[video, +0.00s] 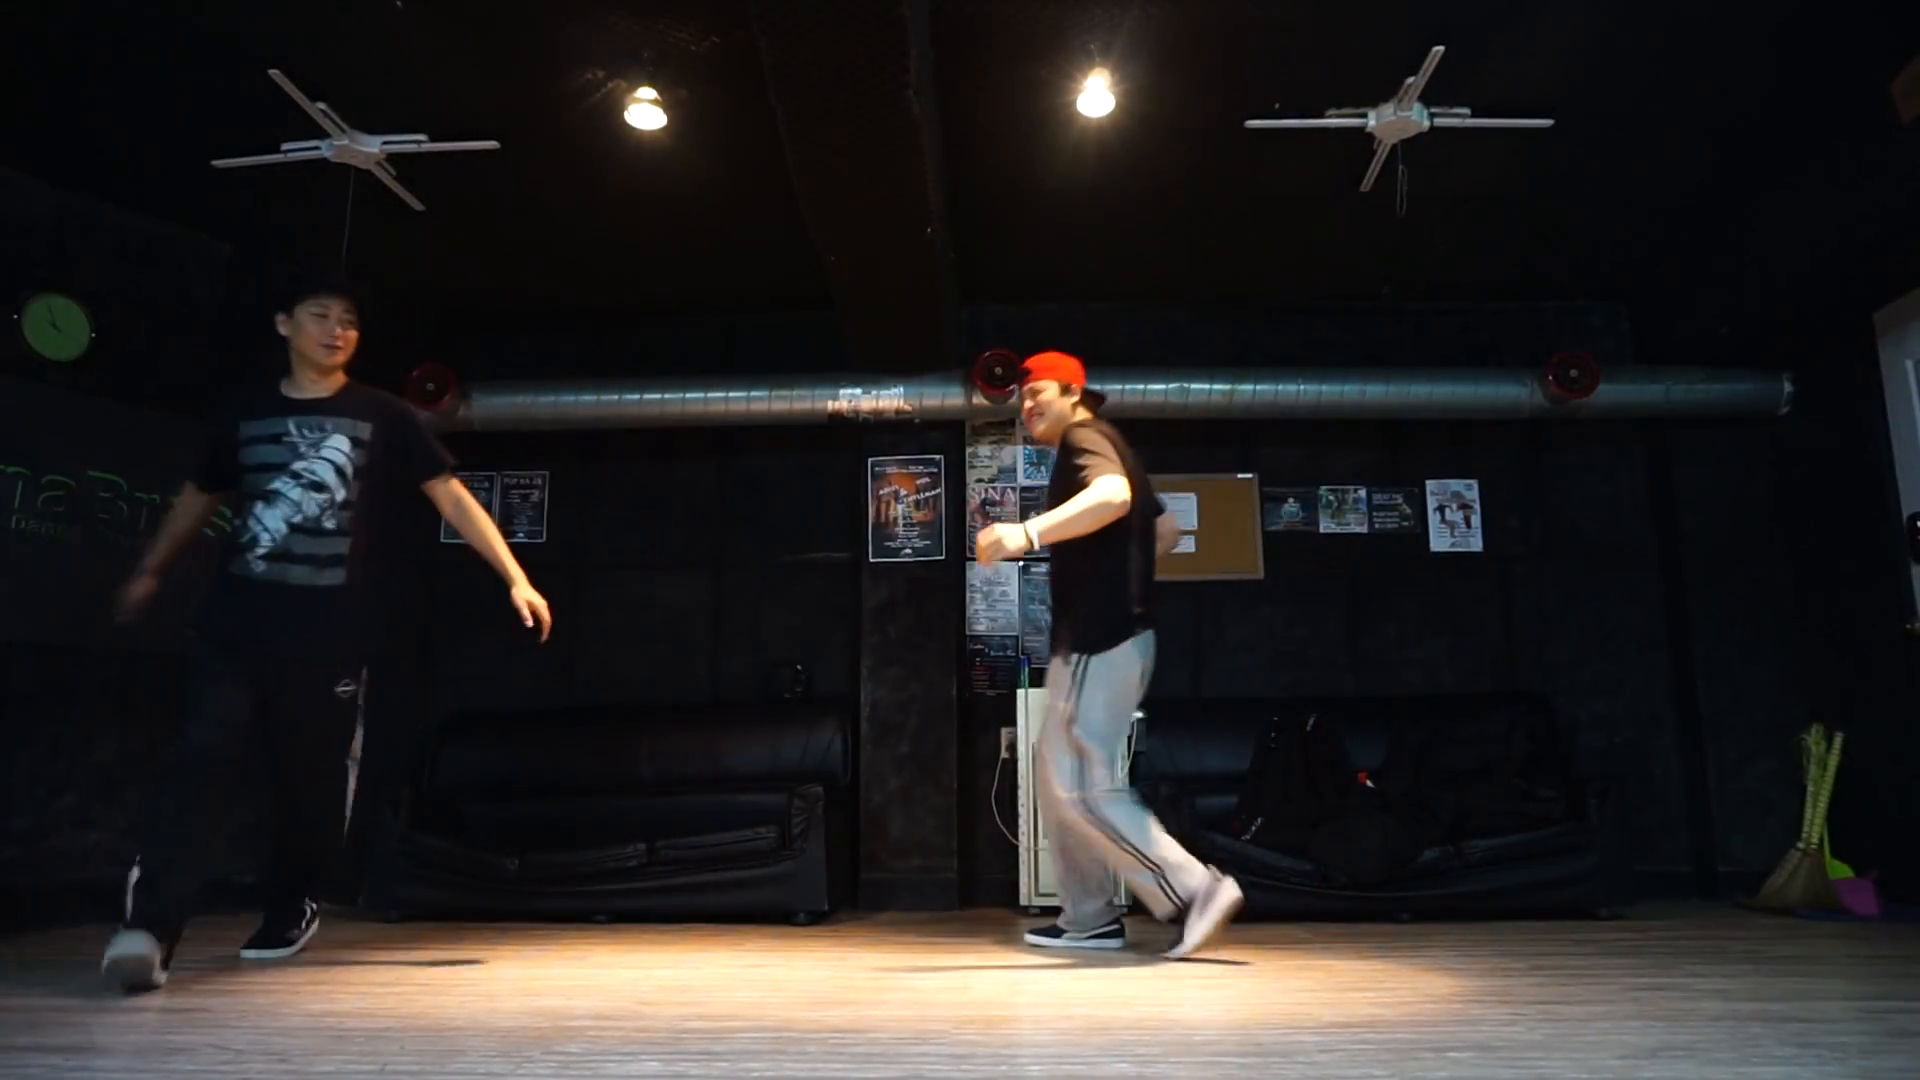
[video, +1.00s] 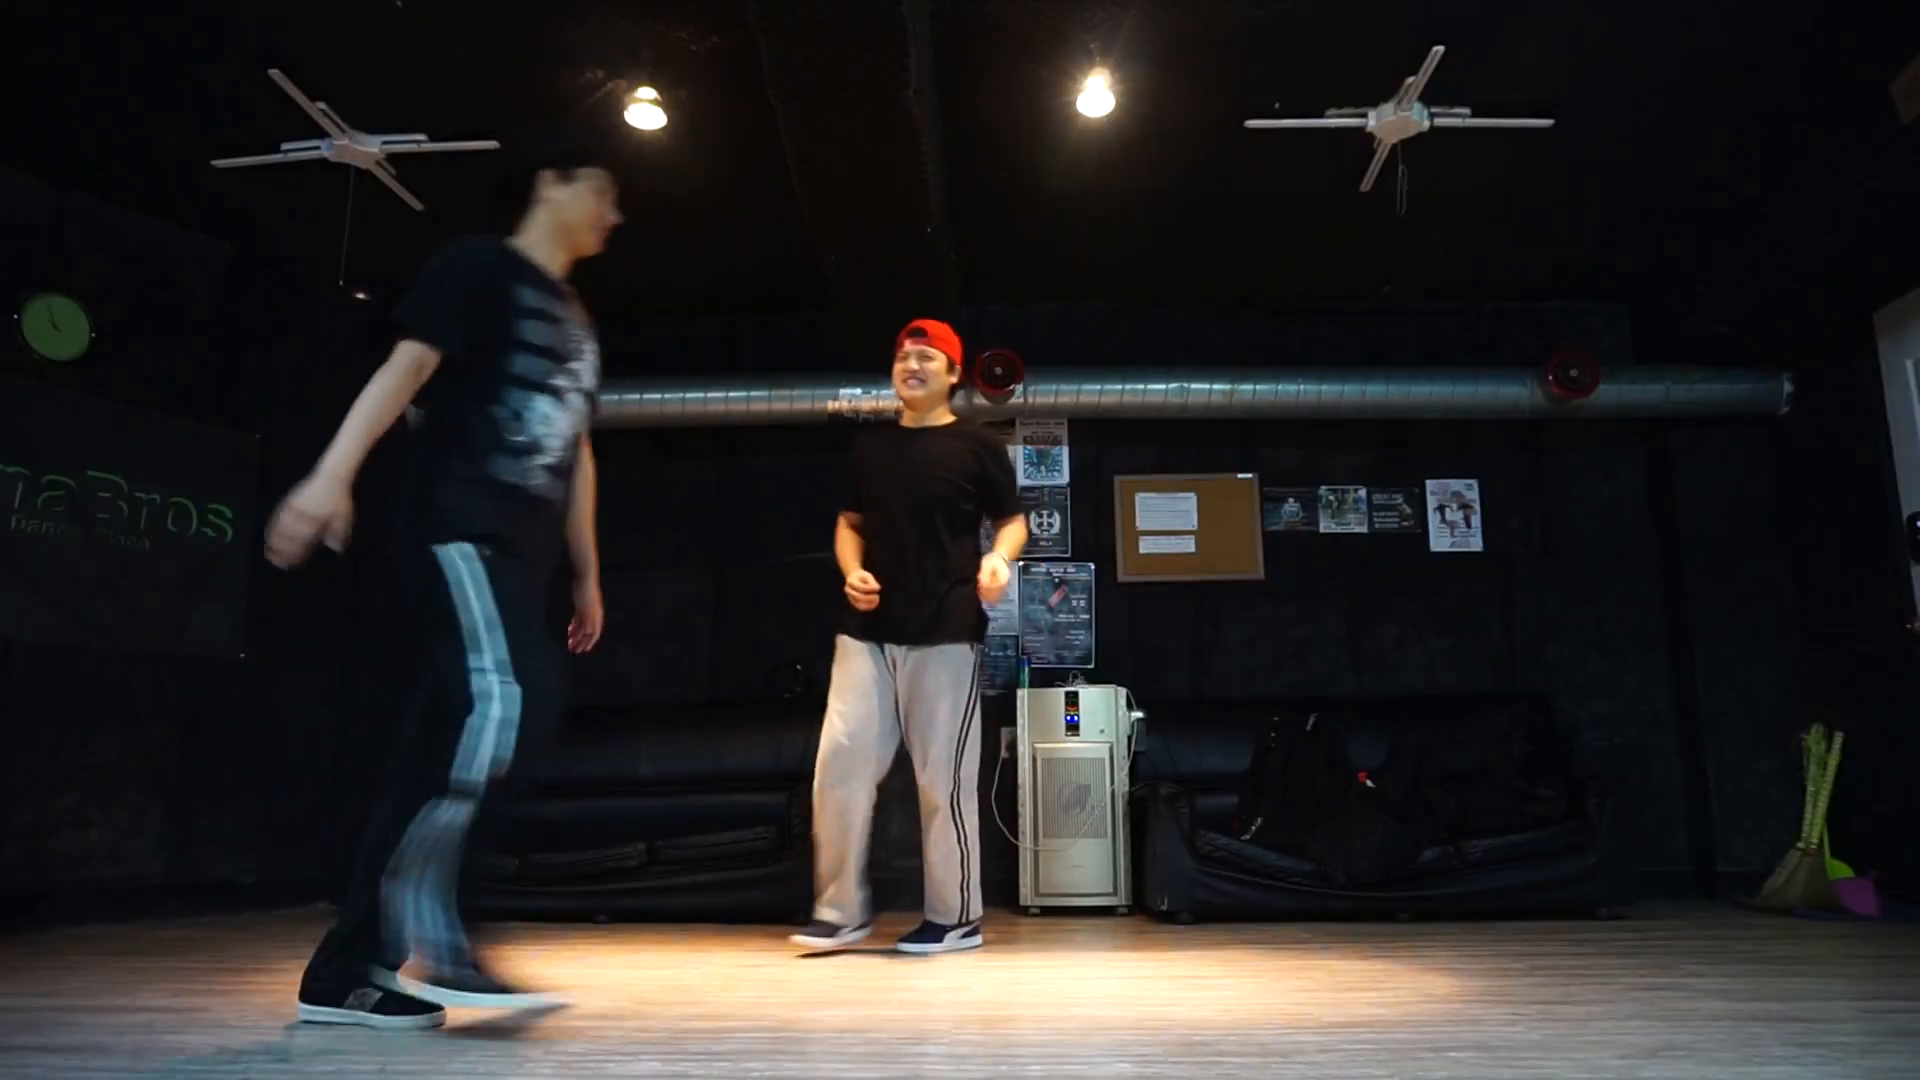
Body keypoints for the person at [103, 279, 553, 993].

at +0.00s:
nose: (336, 333)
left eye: (347, 324)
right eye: (321, 319)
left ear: (357, 339)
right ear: (286, 327)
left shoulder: (384, 417)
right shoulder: (244, 411)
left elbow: (452, 497)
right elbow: (196, 497)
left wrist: (515, 577)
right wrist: (148, 571)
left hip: (330, 623)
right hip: (242, 616)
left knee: (310, 768)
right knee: (201, 757)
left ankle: (292, 908)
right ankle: (147, 928)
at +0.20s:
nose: (320, 299)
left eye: (331, 289)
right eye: (305, 283)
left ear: (342, 305)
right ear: (266, 290)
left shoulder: (369, 391)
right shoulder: (216, 382)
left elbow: (426, 485)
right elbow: (130, 463)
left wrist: (490, 572)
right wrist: (26, 520)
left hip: (308, 612)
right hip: (211, 603)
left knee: (281, 772)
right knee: (166, 758)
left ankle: (250, 886)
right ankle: (145, 938)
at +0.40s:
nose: (361, 263)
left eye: (372, 252)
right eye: (345, 244)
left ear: (378, 270)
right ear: (298, 247)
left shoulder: (384, 363)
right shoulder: (234, 332)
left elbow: (429, 457)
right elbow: (171, 416)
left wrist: (504, 493)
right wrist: (155, 378)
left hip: (317, 589)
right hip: (220, 577)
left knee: (300, 755)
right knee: (172, 755)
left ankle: (251, 943)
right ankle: (140, 941)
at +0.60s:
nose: (432, 280)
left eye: (443, 269)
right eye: (421, 259)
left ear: (444, 282)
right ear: (371, 248)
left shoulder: (425, 381)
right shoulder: (289, 322)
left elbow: (432, 479)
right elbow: (288, 407)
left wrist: (459, 443)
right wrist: (414, 439)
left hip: (353, 599)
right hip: (249, 583)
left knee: (348, 775)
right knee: (190, 769)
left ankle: (338, 971)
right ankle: (135, 947)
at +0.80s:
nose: (526, 255)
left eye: (534, 241)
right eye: (515, 234)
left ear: (530, 252)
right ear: (466, 225)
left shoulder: (504, 360)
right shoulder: (380, 297)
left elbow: (516, 466)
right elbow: (348, 393)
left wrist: (543, 550)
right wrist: (437, 501)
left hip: (429, 578)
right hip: (339, 557)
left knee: (416, 771)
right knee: (294, 737)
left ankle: (345, 975)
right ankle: (176, 891)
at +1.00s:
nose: (614, 213)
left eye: (616, 199)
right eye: (602, 193)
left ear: (574, 197)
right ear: (549, 186)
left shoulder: (574, 317)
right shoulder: (478, 269)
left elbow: (576, 452)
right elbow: (401, 375)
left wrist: (585, 571)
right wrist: (330, 478)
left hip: (519, 547)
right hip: (455, 531)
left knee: (441, 745)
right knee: (494, 706)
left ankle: (346, 970)